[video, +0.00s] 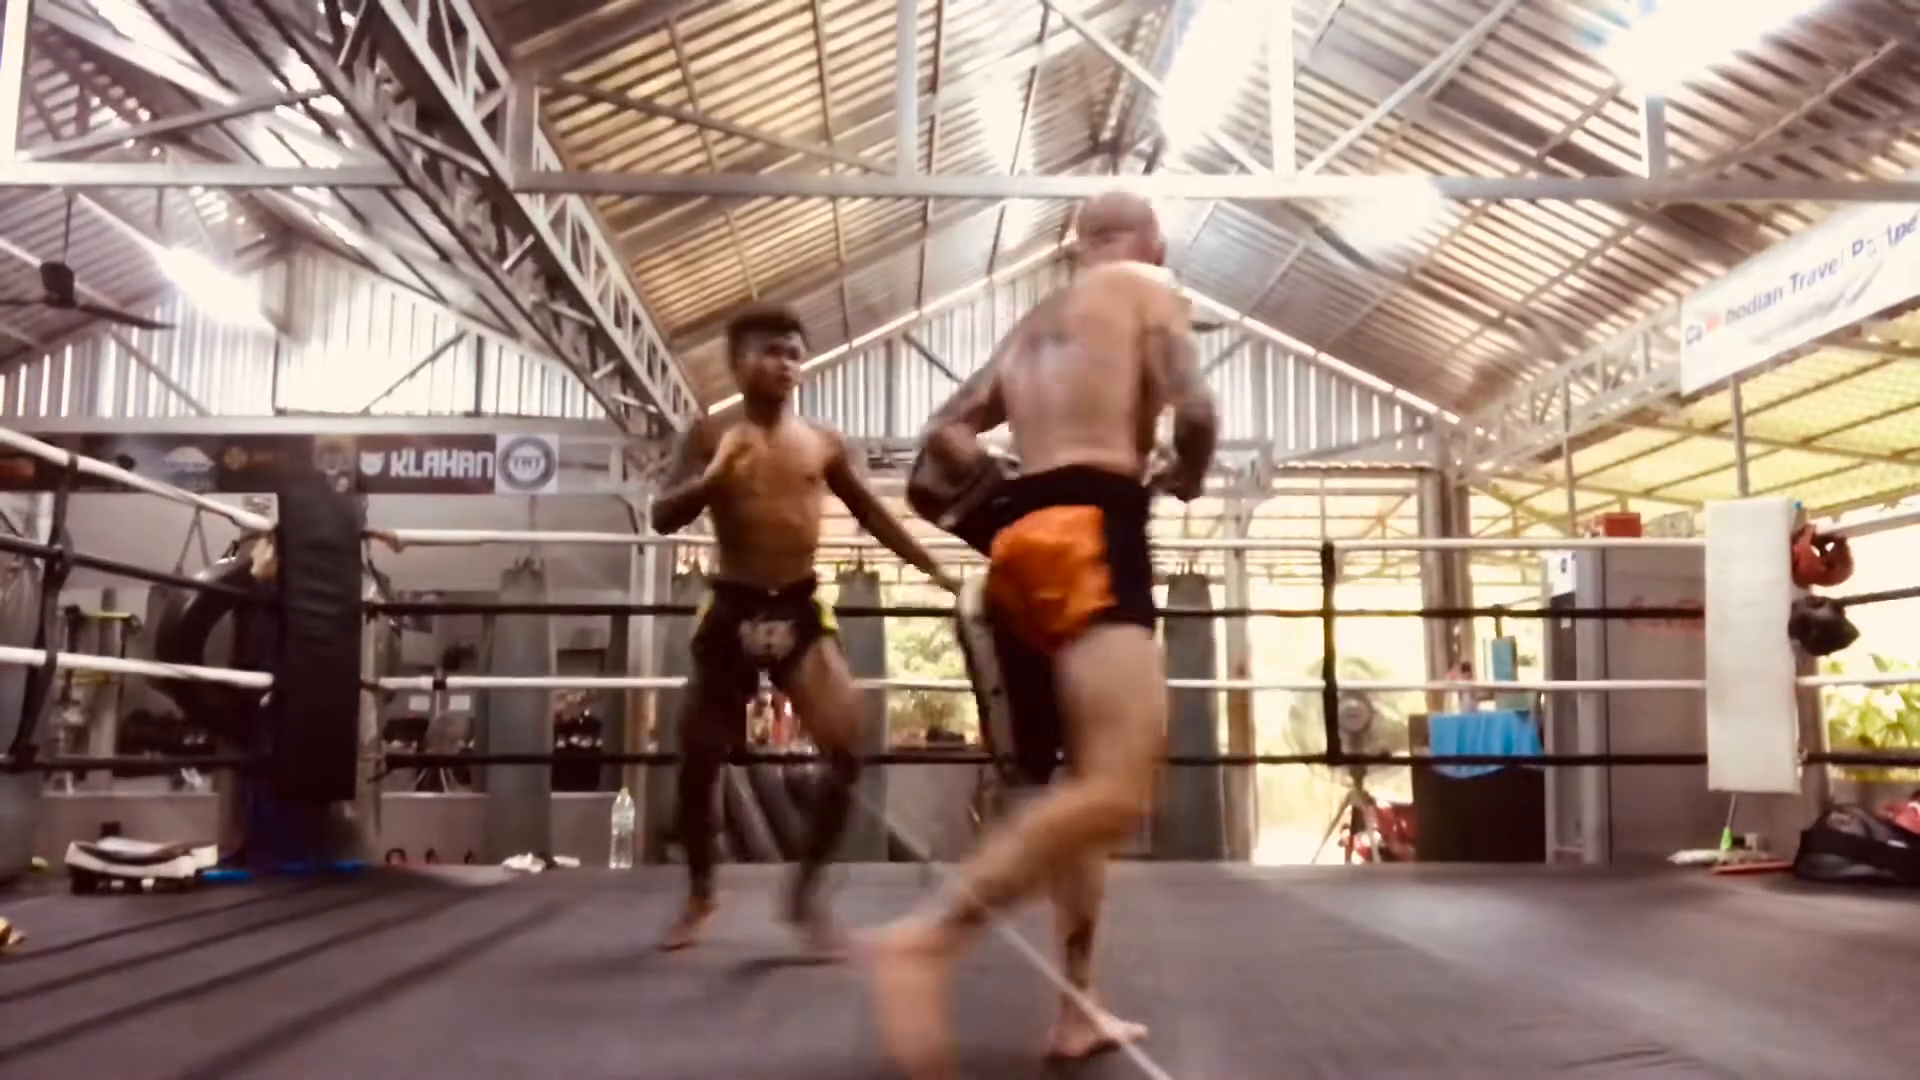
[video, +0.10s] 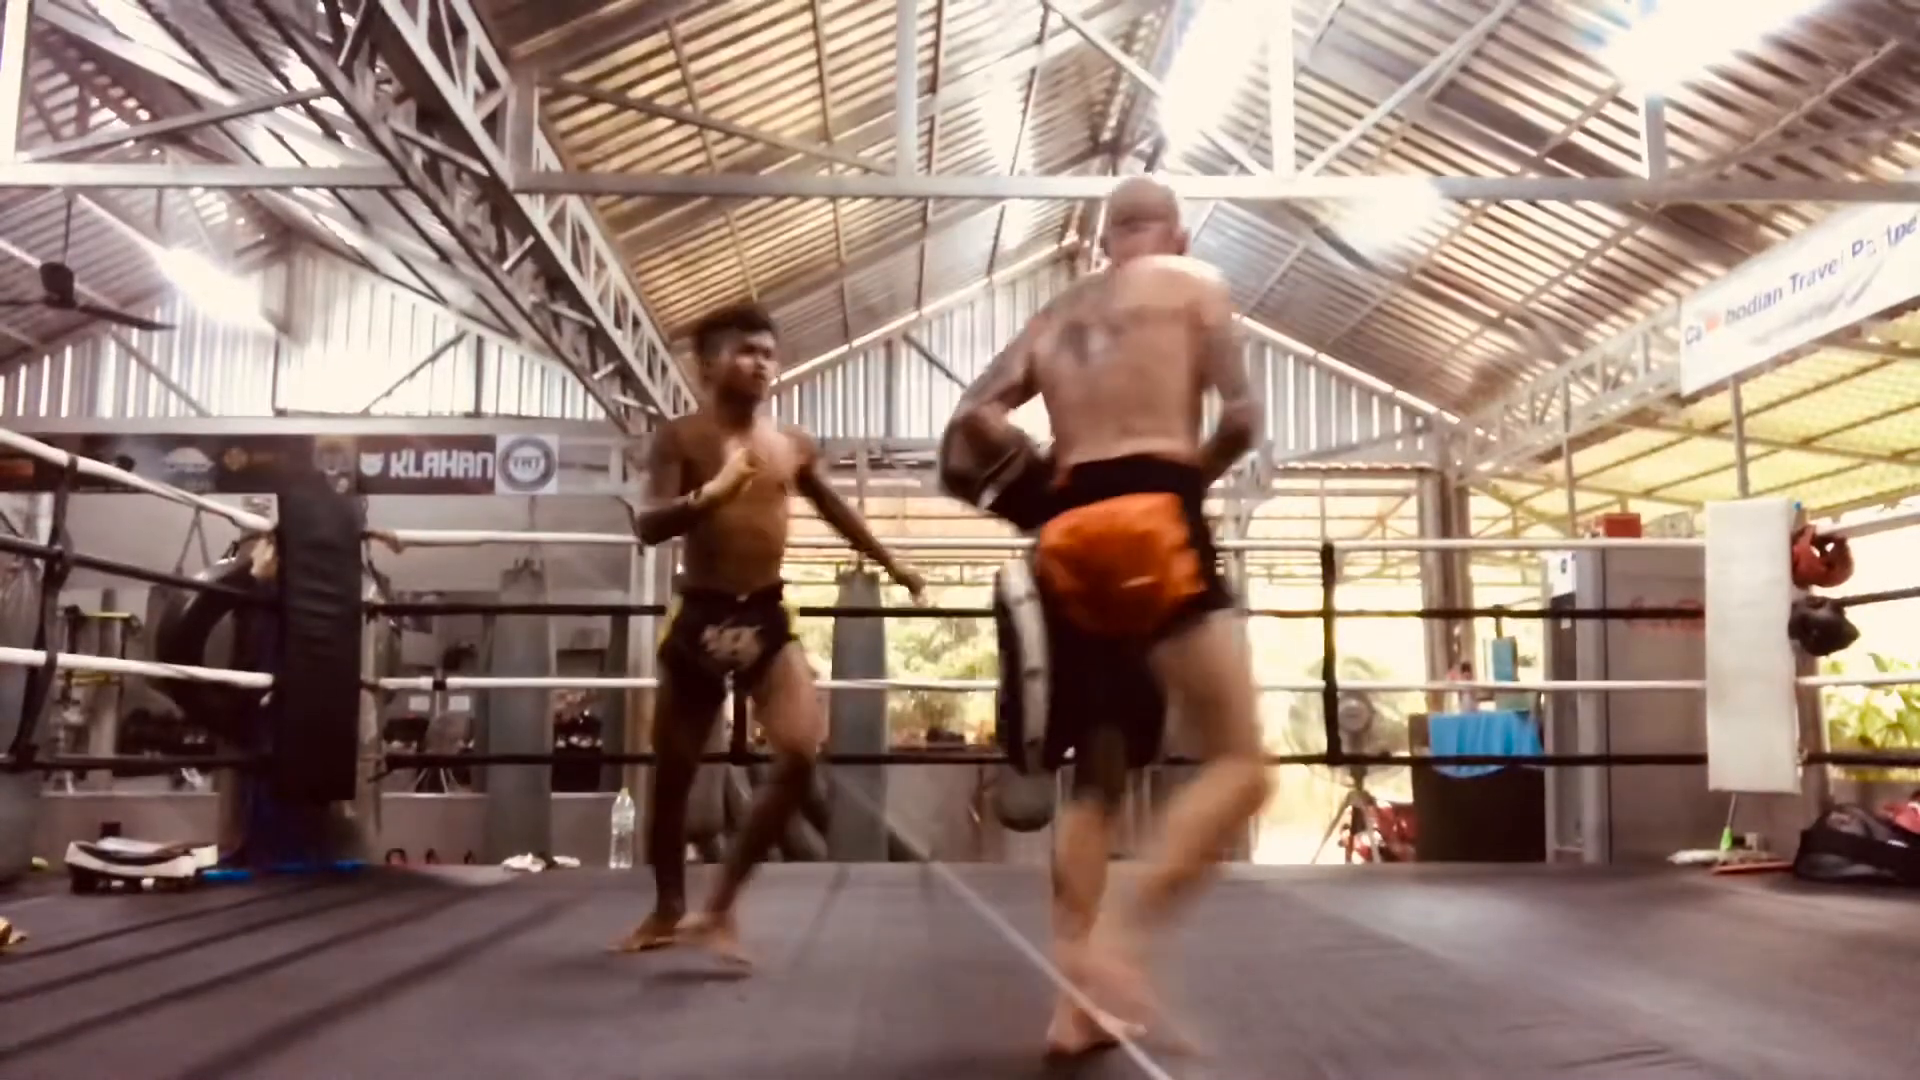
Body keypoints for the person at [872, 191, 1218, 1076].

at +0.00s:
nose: (1162, 252)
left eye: (1155, 240)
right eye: (1158, 240)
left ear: (1082, 244)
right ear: (1144, 237)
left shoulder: (1028, 326)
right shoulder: (1149, 289)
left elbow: (946, 432)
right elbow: (1196, 411)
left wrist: (1007, 500)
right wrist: (1184, 478)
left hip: (1016, 533)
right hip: (1091, 520)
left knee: (1080, 788)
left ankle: (1077, 1006)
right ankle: (921, 942)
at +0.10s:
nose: (1181, 240)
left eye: (1168, 226)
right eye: (1178, 227)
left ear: (1105, 237)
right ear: (1172, 231)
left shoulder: (1051, 320)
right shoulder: (1195, 286)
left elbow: (975, 416)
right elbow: (1244, 420)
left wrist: (1044, 476)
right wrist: (1190, 475)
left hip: (1066, 528)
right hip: (1152, 514)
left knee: (1091, 776)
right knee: (1241, 761)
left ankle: (1077, 1000)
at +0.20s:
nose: (1197, 231)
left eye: (1184, 217)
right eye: (1195, 217)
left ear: (1133, 230)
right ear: (1201, 225)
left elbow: (1006, 405)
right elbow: (1303, 420)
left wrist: (1073, 443)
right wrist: (1231, 450)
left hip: (1122, 525)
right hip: (1223, 512)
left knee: (1108, 773)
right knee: (1324, 739)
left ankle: (1080, 1001)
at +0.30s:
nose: (1187, 252)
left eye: (1179, 238)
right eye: (1217, 234)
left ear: (1173, 242)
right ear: (1232, 239)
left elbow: (1057, 412)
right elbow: (1360, 435)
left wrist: (1114, 448)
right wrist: (1286, 463)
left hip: (1183, 539)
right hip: (1287, 528)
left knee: (1131, 783)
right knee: (1392, 753)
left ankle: (1092, 1003)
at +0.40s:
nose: (1199, 288)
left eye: (1202, 274)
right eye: (1200, 278)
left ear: (1226, 255)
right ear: (1275, 253)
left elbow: (1186, 423)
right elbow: (1408, 452)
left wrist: (1138, 447)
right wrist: (1323, 470)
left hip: (1255, 553)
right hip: (1357, 542)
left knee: (1168, 789)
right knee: (1444, 781)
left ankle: (1112, 1006)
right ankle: (1559, 984)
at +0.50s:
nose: (1252, 302)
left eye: (1254, 286)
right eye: (1249, 289)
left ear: (1285, 266)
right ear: (1317, 261)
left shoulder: (1284, 322)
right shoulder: (1410, 334)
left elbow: (1298, 430)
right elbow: (1429, 461)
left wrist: (1214, 454)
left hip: (1333, 562)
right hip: (1431, 551)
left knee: (1230, 797)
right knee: (1470, 788)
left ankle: (1171, 1011)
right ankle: (1573, 999)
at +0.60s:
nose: (1286, 287)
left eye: (1288, 268)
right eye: (1280, 273)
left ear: (1317, 249)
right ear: (1350, 247)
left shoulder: (1338, 303)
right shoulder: (1436, 313)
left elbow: (1411, 386)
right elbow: (1454, 396)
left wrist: (1316, 422)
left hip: (1385, 547)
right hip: (1468, 538)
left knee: (1295, 755)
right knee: (1494, 776)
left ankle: (1292, 1002)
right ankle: (1582, 994)